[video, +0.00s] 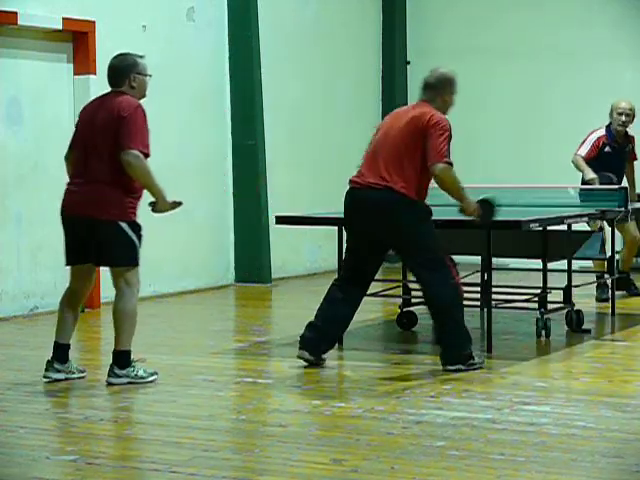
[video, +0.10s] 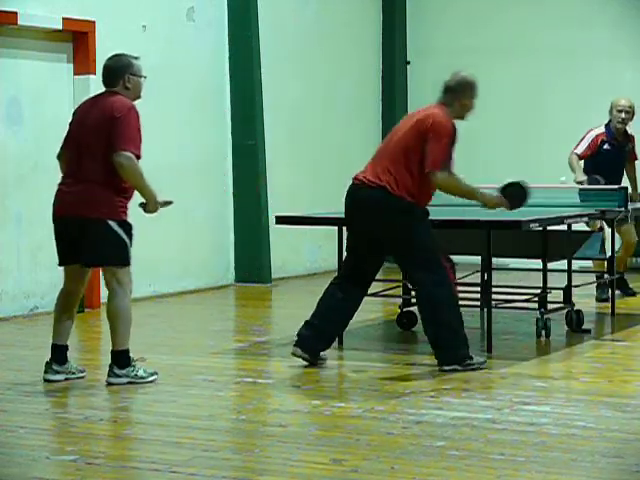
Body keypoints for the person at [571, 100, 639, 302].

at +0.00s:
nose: (624, 119)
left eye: (628, 115)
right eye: (620, 114)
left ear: (632, 119)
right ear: (611, 116)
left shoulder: (629, 140)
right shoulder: (599, 136)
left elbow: (629, 166)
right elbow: (577, 158)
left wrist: (633, 191)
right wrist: (588, 172)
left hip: (616, 195)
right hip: (593, 196)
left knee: (633, 237)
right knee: (601, 237)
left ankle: (623, 276)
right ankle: (601, 282)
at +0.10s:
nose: (623, 116)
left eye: (627, 112)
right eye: (619, 111)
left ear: (631, 117)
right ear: (611, 114)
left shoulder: (629, 140)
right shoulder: (597, 135)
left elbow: (630, 165)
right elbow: (574, 157)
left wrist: (634, 189)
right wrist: (579, 174)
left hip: (615, 195)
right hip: (593, 196)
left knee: (630, 240)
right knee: (599, 239)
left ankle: (618, 274)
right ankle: (601, 283)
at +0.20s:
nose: (622, 114)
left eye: (626, 111)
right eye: (618, 110)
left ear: (631, 115)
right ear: (610, 112)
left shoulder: (629, 140)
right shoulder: (595, 134)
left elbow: (632, 165)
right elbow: (571, 155)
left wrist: (637, 189)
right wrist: (571, 176)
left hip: (615, 194)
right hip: (591, 194)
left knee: (625, 240)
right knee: (598, 239)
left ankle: (615, 278)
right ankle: (600, 284)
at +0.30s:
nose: (620, 113)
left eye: (624, 110)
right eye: (616, 109)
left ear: (629, 114)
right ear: (608, 112)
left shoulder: (630, 140)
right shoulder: (594, 135)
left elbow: (635, 167)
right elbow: (570, 154)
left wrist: (639, 189)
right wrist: (568, 176)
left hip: (616, 196)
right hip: (591, 195)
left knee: (622, 240)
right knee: (596, 239)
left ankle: (615, 278)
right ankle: (599, 282)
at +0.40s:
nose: (617, 112)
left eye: (622, 109)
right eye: (613, 108)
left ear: (627, 113)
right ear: (606, 111)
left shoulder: (631, 140)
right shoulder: (592, 135)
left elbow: (637, 167)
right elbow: (570, 154)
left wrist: (639, 188)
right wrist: (567, 175)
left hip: (616, 194)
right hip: (591, 194)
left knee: (620, 239)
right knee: (594, 237)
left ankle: (615, 279)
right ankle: (598, 279)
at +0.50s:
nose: (613, 110)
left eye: (617, 106)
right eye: (609, 106)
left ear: (624, 111)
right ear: (602, 109)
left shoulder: (629, 137)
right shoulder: (590, 133)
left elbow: (637, 163)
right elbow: (570, 153)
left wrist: (639, 188)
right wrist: (567, 175)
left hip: (617, 193)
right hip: (590, 192)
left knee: (619, 236)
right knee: (591, 233)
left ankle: (613, 279)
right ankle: (591, 277)